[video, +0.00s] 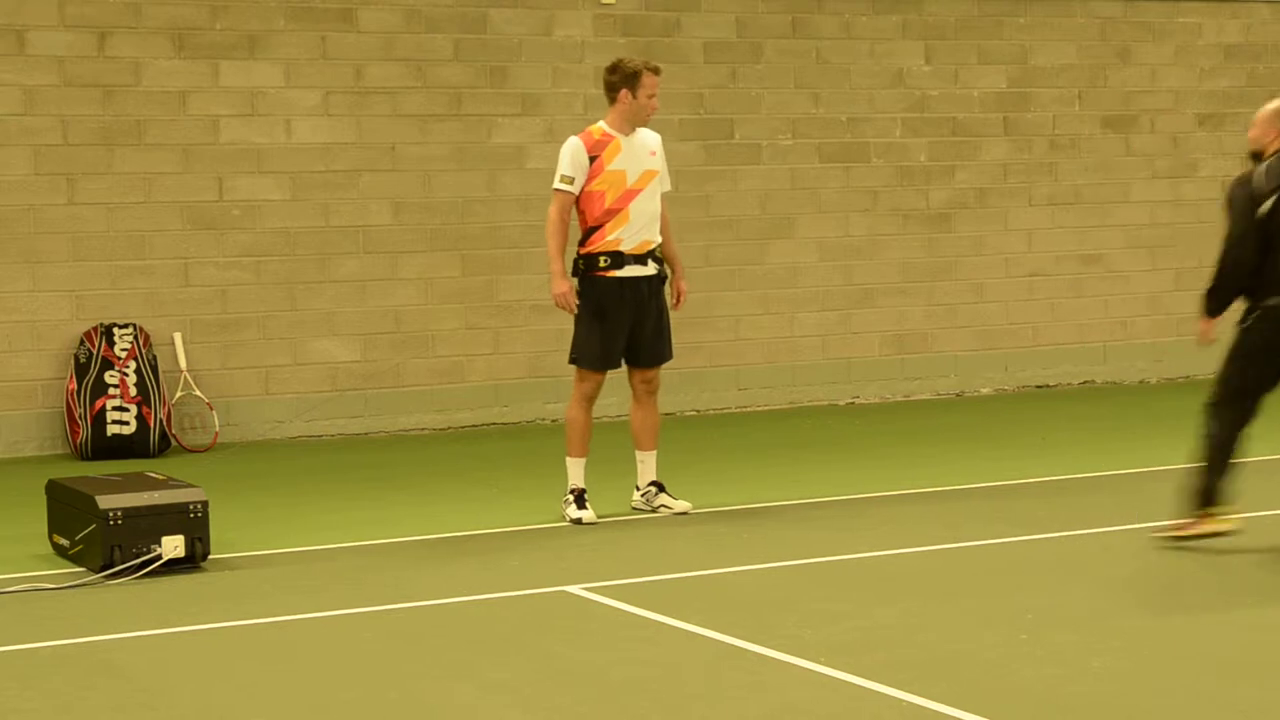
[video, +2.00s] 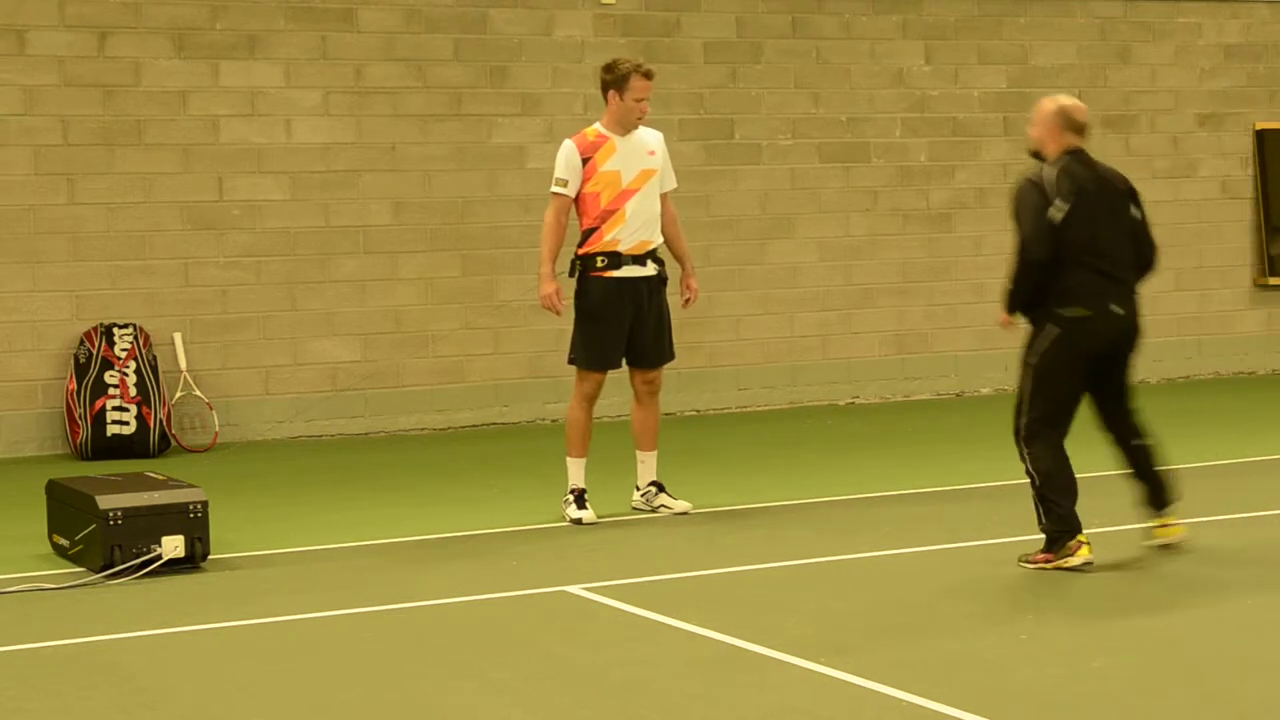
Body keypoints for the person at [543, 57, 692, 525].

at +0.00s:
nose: (656, 104)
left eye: (657, 97)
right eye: (651, 96)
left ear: (637, 98)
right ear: (623, 96)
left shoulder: (652, 144)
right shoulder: (581, 147)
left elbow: (659, 214)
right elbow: (558, 215)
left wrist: (676, 268)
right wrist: (558, 275)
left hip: (649, 281)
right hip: (601, 283)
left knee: (646, 384)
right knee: (587, 387)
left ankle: (647, 487)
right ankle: (576, 493)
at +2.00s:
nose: (646, 108)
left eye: (649, 100)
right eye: (639, 101)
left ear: (645, 100)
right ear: (612, 98)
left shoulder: (653, 142)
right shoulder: (577, 149)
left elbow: (665, 209)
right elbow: (557, 214)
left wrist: (686, 264)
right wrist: (547, 275)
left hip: (649, 280)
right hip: (600, 283)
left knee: (648, 384)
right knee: (588, 388)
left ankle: (647, 487)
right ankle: (576, 492)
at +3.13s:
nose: (628, 113)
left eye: (635, 106)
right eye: (621, 105)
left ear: (640, 102)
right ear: (600, 100)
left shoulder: (652, 142)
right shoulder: (577, 148)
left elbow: (663, 208)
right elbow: (566, 211)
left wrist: (683, 265)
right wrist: (587, 246)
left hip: (646, 278)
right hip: (600, 279)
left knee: (646, 383)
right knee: (586, 387)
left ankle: (647, 487)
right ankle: (575, 491)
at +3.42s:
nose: (646, 109)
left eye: (648, 101)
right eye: (639, 101)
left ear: (633, 100)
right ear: (612, 99)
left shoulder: (648, 141)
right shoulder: (580, 150)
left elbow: (658, 209)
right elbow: (573, 215)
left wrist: (677, 266)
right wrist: (591, 268)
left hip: (647, 279)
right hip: (602, 281)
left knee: (646, 383)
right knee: (587, 388)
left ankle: (647, 487)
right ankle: (576, 492)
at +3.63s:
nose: (651, 107)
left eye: (652, 99)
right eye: (646, 99)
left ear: (629, 99)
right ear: (619, 99)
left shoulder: (648, 143)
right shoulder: (580, 149)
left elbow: (659, 212)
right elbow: (569, 217)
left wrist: (684, 265)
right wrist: (586, 269)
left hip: (647, 280)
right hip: (603, 281)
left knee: (646, 383)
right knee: (587, 388)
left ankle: (647, 487)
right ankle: (576, 491)